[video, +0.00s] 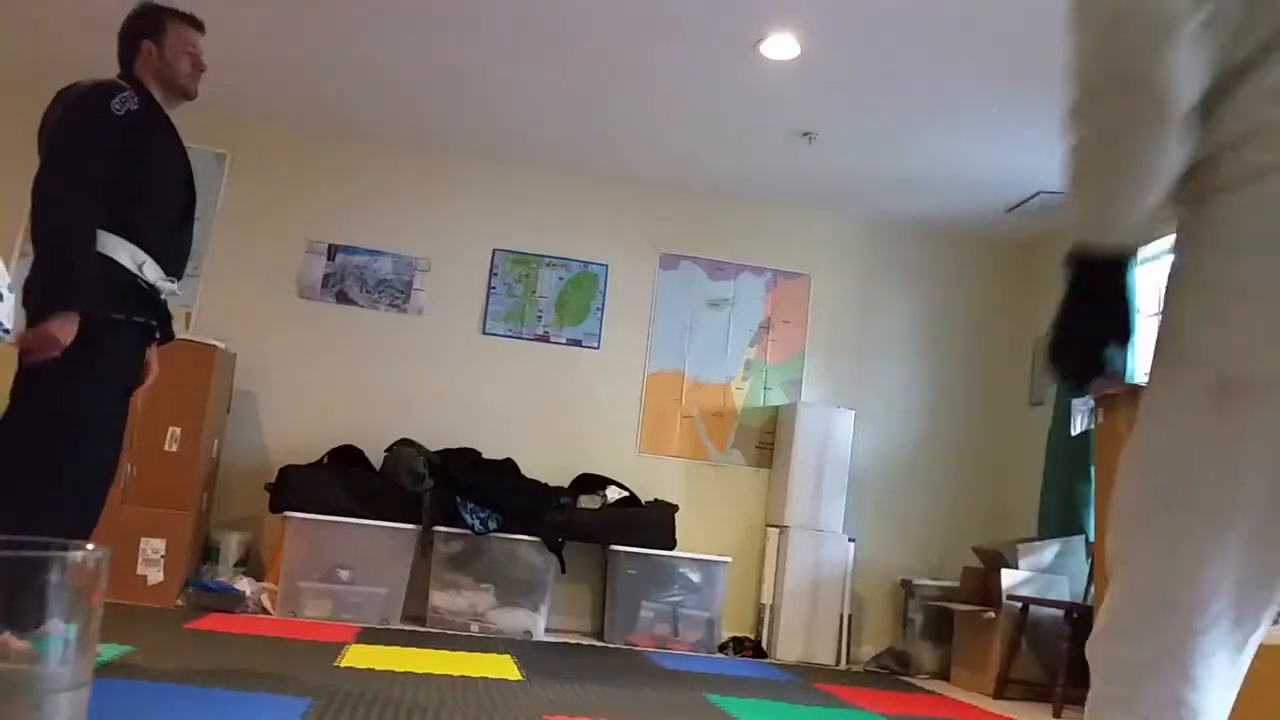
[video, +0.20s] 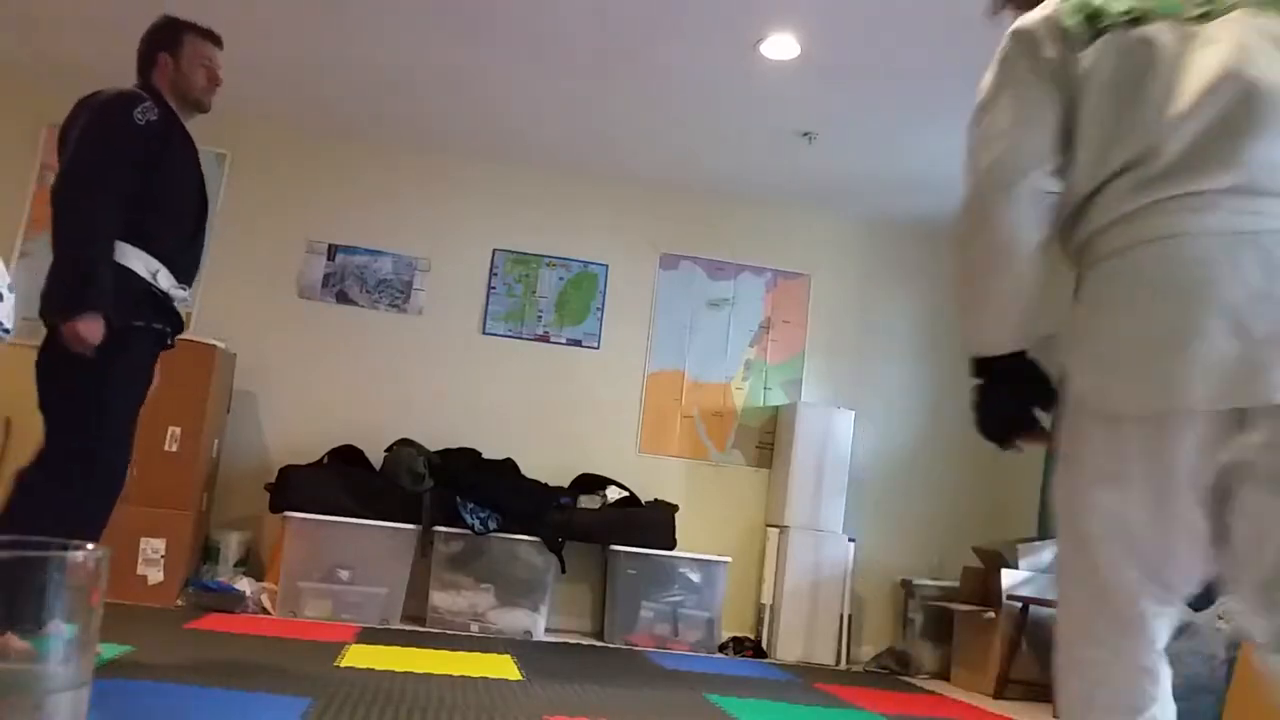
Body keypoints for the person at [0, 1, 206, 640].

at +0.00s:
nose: (202, 67)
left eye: (203, 57)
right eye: (191, 54)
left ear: (158, 59)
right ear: (147, 52)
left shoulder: (157, 130)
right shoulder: (102, 104)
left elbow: (144, 237)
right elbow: (65, 200)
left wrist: (151, 329)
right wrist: (61, 303)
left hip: (118, 328)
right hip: (81, 321)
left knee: (82, 472)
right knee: (51, 468)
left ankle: (38, 613)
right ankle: (13, 614)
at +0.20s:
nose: (218, 79)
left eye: (219, 69)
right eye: (207, 66)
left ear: (178, 72)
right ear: (164, 63)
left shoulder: (168, 135)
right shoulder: (123, 113)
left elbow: (148, 233)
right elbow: (85, 204)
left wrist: (155, 326)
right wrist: (84, 302)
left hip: (134, 328)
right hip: (104, 323)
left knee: (91, 468)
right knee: (83, 466)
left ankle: (34, 609)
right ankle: (16, 609)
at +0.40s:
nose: (238, 97)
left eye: (241, 88)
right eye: (229, 84)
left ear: (194, 86)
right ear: (188, 79)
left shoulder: (179, 141)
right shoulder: (150, 123)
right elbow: (115, 214)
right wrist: (116, 312)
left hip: (113, 318)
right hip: (133, 317)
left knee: (77, 458)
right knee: (170, 453)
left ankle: (34, 590)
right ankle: (64, 593)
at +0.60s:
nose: (269, 117)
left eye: (273, 108)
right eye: (261, 103)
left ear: (226, 102)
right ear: (222, 94)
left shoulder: (209, 153)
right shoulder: (187, 137)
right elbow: (143, 220)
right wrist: (134, 319)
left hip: (131, 332)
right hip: (169, 337)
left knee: (83, 480)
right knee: (197, 484)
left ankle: (25, 618)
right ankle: (205, 638)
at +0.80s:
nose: (311, 130)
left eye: (313, 119)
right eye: (304, 115)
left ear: (266, 112)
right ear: (265, 106)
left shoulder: (213, 147)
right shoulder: (238, 150)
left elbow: (170, 230)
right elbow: (197, 228)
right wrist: (189, 330)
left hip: (167, 331)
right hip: (213, 337)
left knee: (113, 480)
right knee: (241, 493)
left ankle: (30, 614)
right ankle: (223, 646)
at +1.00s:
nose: (356, 137)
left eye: (360, 127)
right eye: (349, 122)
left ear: (306, 118)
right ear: (314, 113)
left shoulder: (251, 150)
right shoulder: (290, 153)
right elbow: (277, 241)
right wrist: (288, 336)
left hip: (191, 314)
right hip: (239, 317)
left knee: (183, 469)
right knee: (256, 484)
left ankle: (83, 614)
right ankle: (227, 646)